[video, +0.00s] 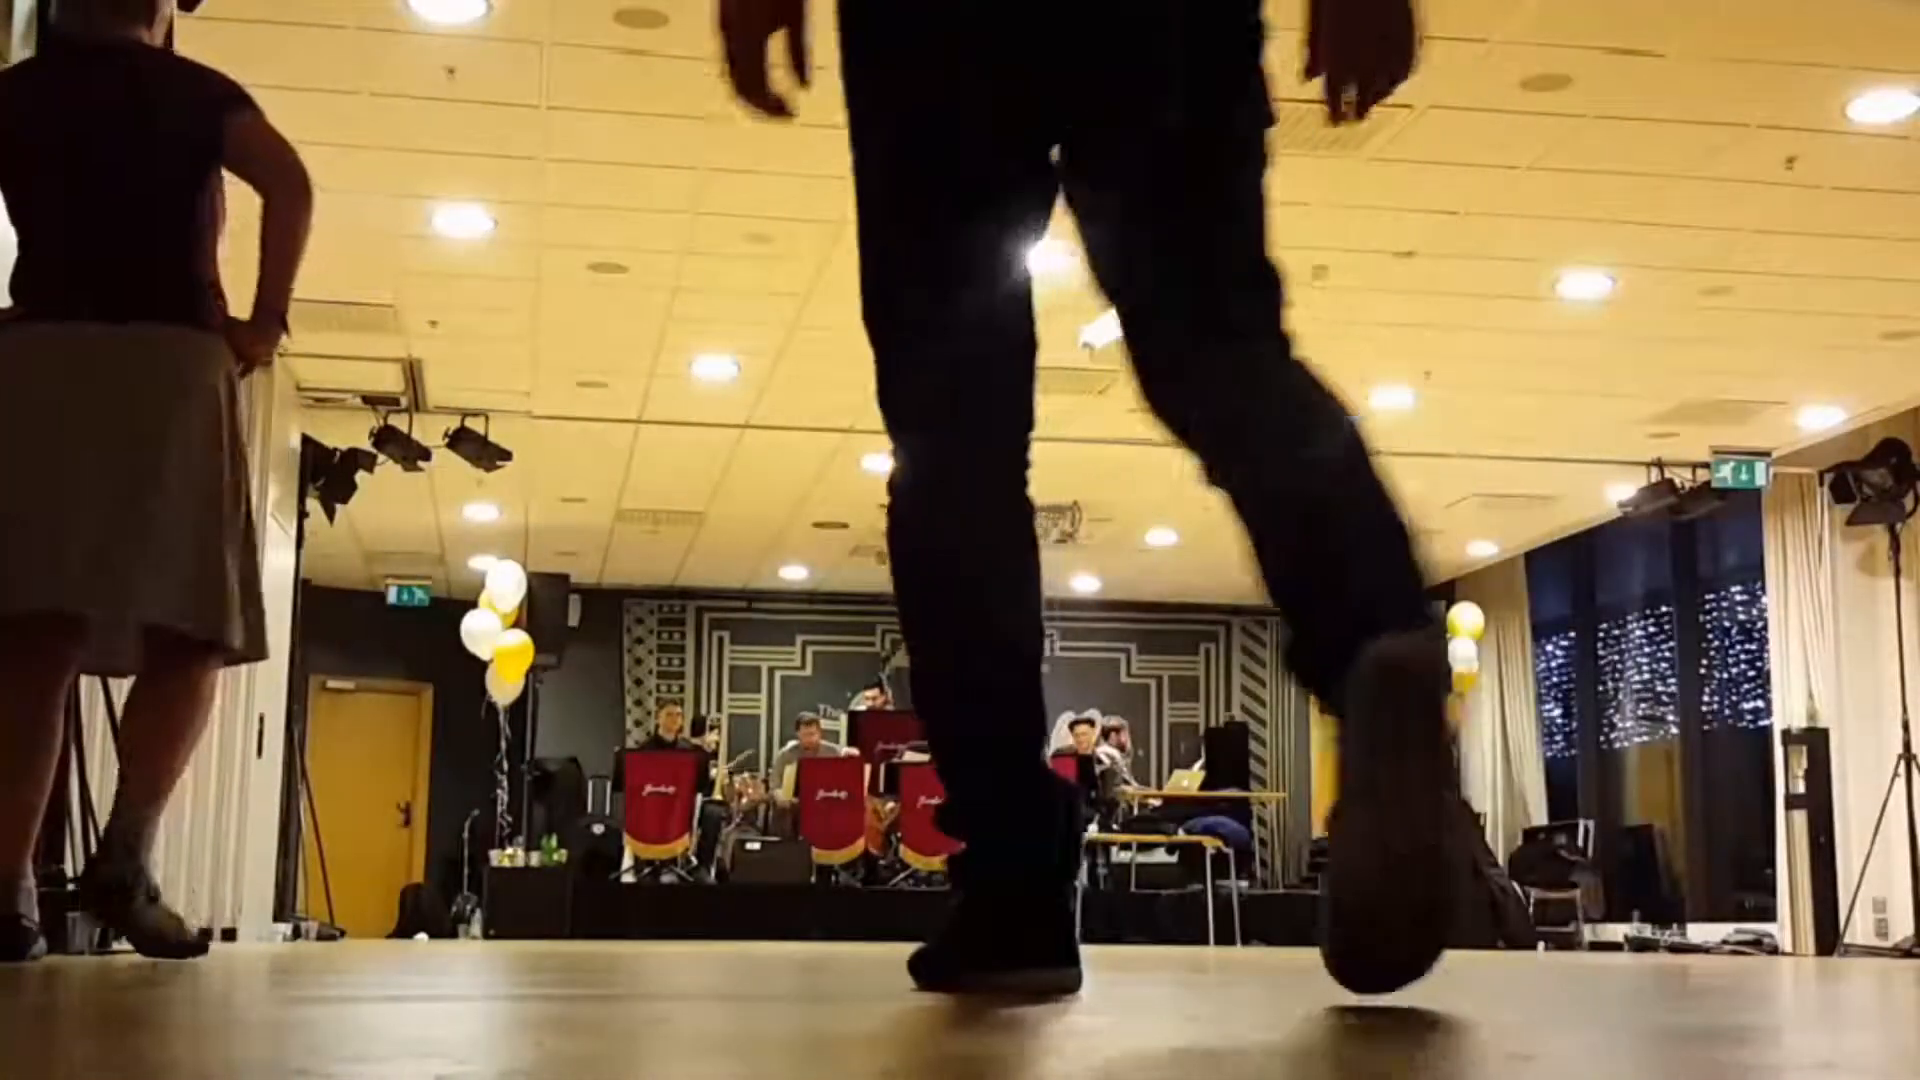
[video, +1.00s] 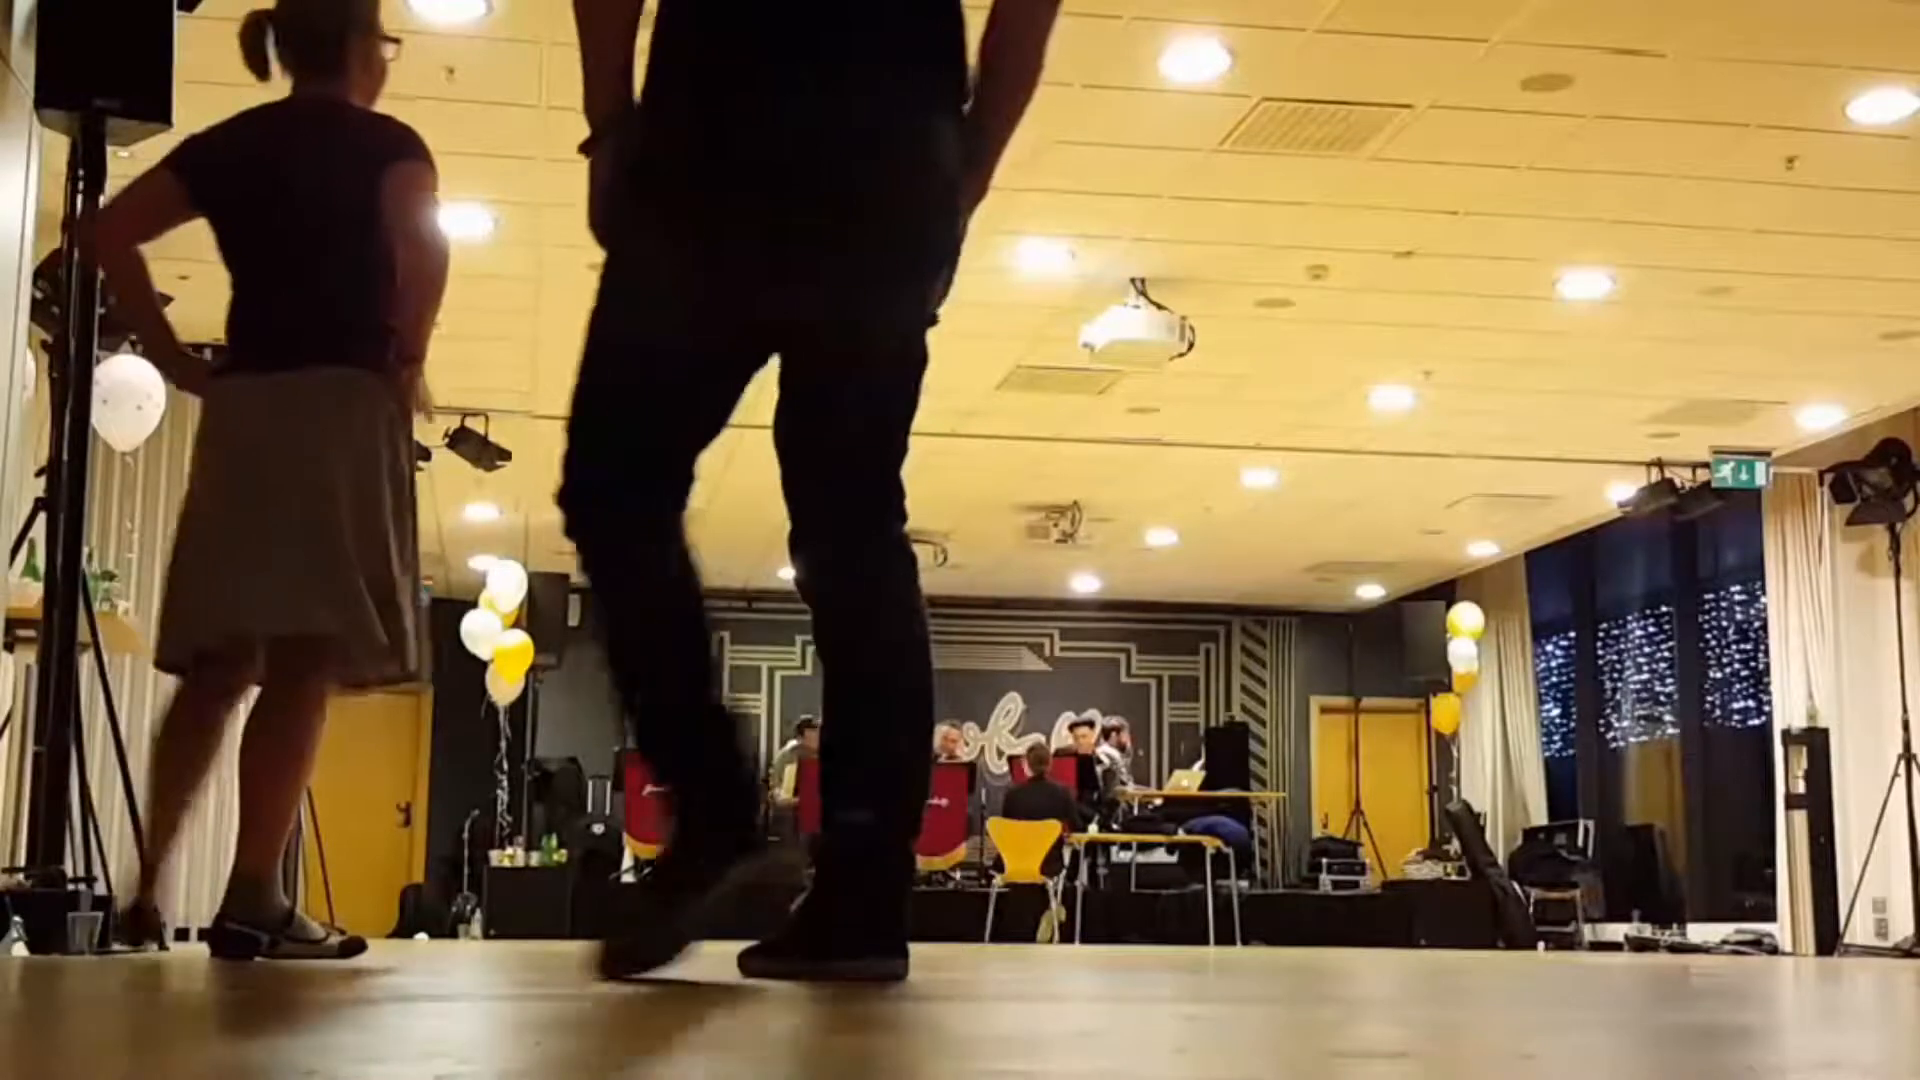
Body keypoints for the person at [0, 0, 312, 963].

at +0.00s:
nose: (180, 23)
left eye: (179, 14)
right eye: (178, 12)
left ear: (60, 10)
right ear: (156, 12)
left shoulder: (13, 92)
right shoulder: (194, 90)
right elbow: (290, 186)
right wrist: (268, 319)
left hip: (36, 368)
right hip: (169, 372)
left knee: (33, 634)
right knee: (189, 634)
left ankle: (13, 895)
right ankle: (124, 863)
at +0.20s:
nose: (181, 29)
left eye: (178, 18)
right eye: (178, 17)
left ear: (62, 31)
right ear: (163, 23)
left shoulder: (21, 118)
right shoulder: (199, 100)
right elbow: (257, 175)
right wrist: (240, 303)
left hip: (40, 375)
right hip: (171, 376)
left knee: (47, 651)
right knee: (179, 650)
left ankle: (12, 899)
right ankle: (180, 897)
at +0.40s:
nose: (218, 42)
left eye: (215, 27)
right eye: (210, 27)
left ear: (114, 35)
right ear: (185, 29)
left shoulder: (62, 122)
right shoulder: (228, 114)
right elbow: (270, 191)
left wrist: (14, 344)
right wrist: (256, 317)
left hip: (66, 383)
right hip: (196, 384)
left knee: (48, 659)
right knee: (212, 662)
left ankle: (9, 898)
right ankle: (234, 891)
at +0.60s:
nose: (277, 53)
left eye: (272, 36)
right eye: (270, 37)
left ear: (170, 45)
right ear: (246, 40)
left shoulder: (115, 129)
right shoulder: (280, 127)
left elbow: (4, 205)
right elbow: (319, 215)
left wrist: (43, 338)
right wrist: (301, 337)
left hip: (115, 393)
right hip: (241, 398)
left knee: (85, 650)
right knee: (245, 666)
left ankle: (16, 882)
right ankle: (244, 901)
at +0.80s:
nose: (340, 65)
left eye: (336, 48)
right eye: (334, 48)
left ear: (238, 58)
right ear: (313, 52)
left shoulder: (184, 143)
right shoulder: (350, 145)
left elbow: (60, 228)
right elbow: (402, 241)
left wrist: (115, 362)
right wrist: (380, 356)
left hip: (197, 411)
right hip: (313, 412)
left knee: (140, 655)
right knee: (286, 668)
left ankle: (18, 850)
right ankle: (252, 903)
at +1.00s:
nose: (390, 58)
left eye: (387, 40)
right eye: (381, 41)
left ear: (292, 50)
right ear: (353, 48)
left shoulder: (231, 142)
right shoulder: (390, 145)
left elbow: (108, 236)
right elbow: (420, 250)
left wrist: (172, 356)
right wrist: (407, 353)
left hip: (239, 414)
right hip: (343, 413)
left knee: (216, 669)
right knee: (304, 667)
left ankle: (150, 899)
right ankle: (255, 906)